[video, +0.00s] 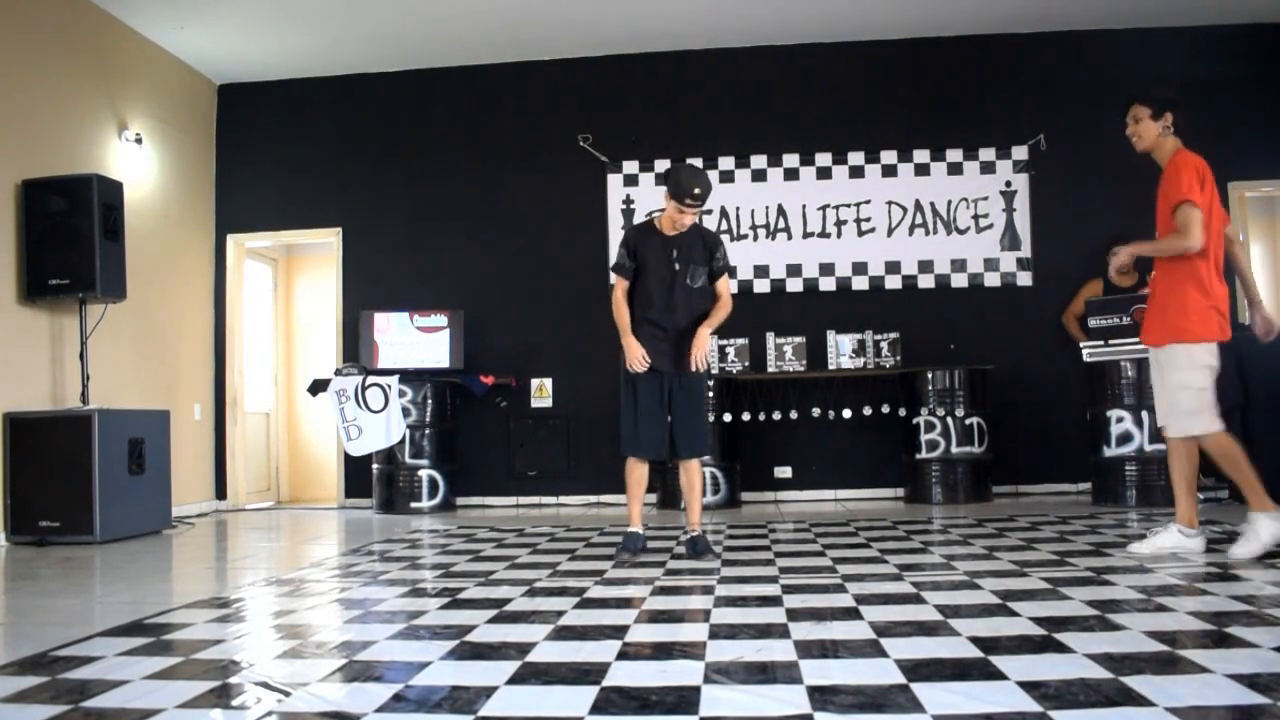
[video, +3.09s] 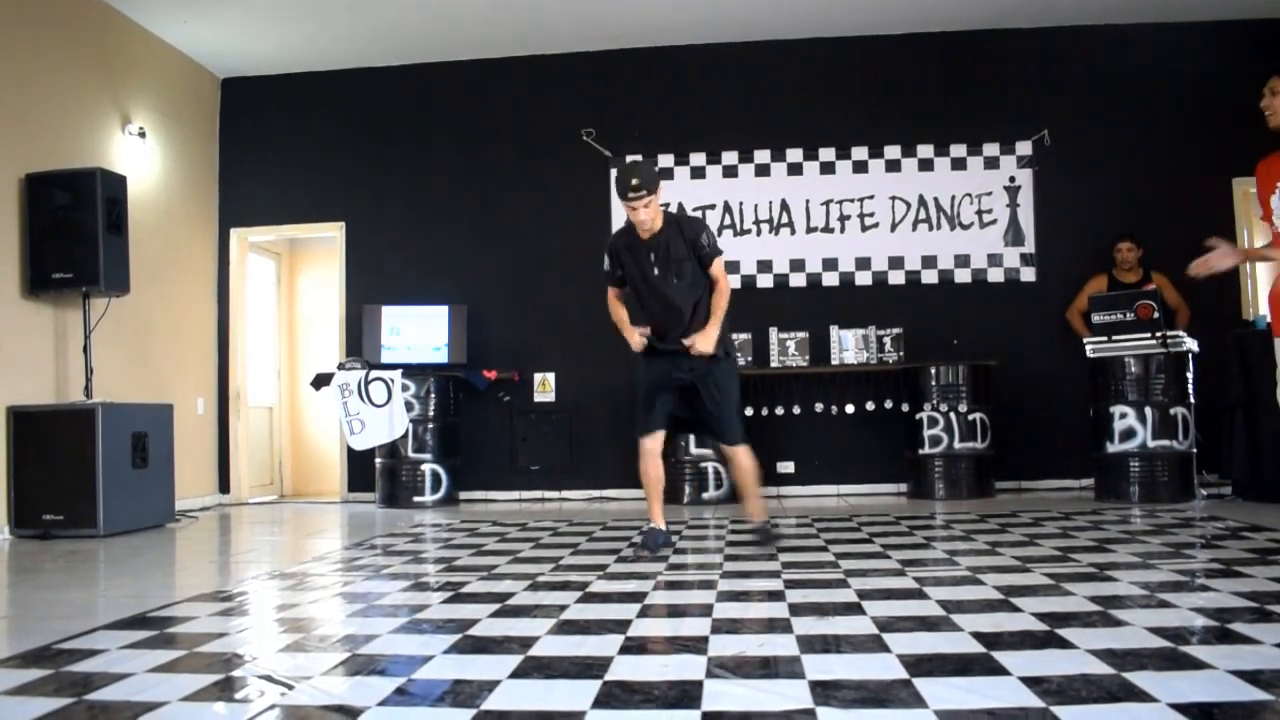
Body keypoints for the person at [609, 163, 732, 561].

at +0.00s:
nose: (688, 219)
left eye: (696, 212)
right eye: (682, 211)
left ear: (703, 207)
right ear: (666, 198)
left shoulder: (708, 241)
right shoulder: (637, 237)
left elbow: (725, 299)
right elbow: (619, 294)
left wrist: (705, 330)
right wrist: (628, 340)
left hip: (689, 358)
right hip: (644, 357)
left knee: (690, 447)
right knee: (639, 446)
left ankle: (695, 532)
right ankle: (634, 530)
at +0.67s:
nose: (646, 199)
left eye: (649, 191)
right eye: (636, 193)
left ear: (653, 192)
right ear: (615, 196)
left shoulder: (673, 235)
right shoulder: (601, 247)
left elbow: (699, 290)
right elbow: (601, 303)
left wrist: (687, 332)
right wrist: (607, 346)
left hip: (675, 363)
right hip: (625, 365)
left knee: (684, 449)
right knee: (609, 450)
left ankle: (694, 532)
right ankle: (595, 538)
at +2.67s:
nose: (651, 213)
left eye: (658, 206)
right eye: (643, 205)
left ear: (667, 200)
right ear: (628, 197)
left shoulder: (681, 238)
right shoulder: (604, 240)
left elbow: (698, 293)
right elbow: (594, 297)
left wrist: (692, 334)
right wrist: (601, 341)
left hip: (672, 362)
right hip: (621, 364)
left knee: (686, 446)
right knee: (614, 449)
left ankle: (687, 529)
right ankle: (610, 531)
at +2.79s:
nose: (647, 209)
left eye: (655, 200)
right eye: (640, 200)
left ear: (668, 193)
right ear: (630, 195)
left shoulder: (695, 233)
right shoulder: (620, 237)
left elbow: (718, 291)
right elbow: (614, 287)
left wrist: (698, 335)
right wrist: (607, 326)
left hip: (673, 359)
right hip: (623, 355)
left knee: (682, 445)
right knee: (589, 430)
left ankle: (681, 530)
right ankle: (564, 513)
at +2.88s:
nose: (646, 212)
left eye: (653, 204)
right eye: (639, 204)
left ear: (667, 196)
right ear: (629, 199)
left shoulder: (697, 236)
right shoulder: (625, 243)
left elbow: (720, 292)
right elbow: (619, 289)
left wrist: (701, 332)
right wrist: (611, 325)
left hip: (682, 356)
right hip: (632, 353)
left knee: (683, 444)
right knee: (588, 420)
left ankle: (681, 532)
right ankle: (552, 456)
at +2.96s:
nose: (643, 210)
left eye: (650, 201)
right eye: (635, 202)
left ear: (663, 193)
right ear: (625, 199)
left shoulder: (693, 230)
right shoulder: (620, 243)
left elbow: (718, 284)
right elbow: (615, 292)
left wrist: (705, 325)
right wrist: (615, 326)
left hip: (691, 350)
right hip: (642, 352)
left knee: (691, 440)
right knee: (621, 420)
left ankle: (686, 530)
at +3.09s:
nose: (640, 214)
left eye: (646, 205)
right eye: (632, 207)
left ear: (660, 195)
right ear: (622, 205)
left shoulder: (691, 230)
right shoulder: (619, 246)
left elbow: (722, 282)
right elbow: (615, 295)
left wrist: (712, 330)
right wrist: (627, 329)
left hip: (707, 351)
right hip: (658, 355)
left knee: (731, 441)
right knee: (649, 440)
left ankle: (759, 521)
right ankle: (657, 527)